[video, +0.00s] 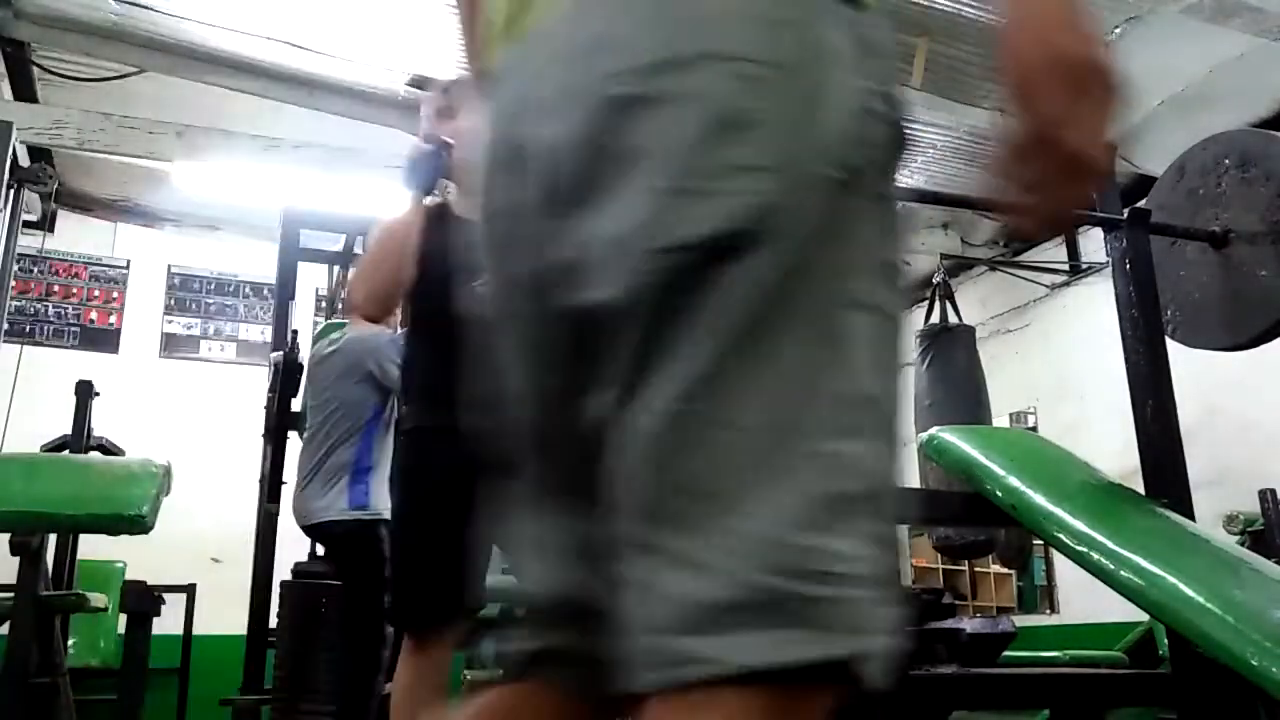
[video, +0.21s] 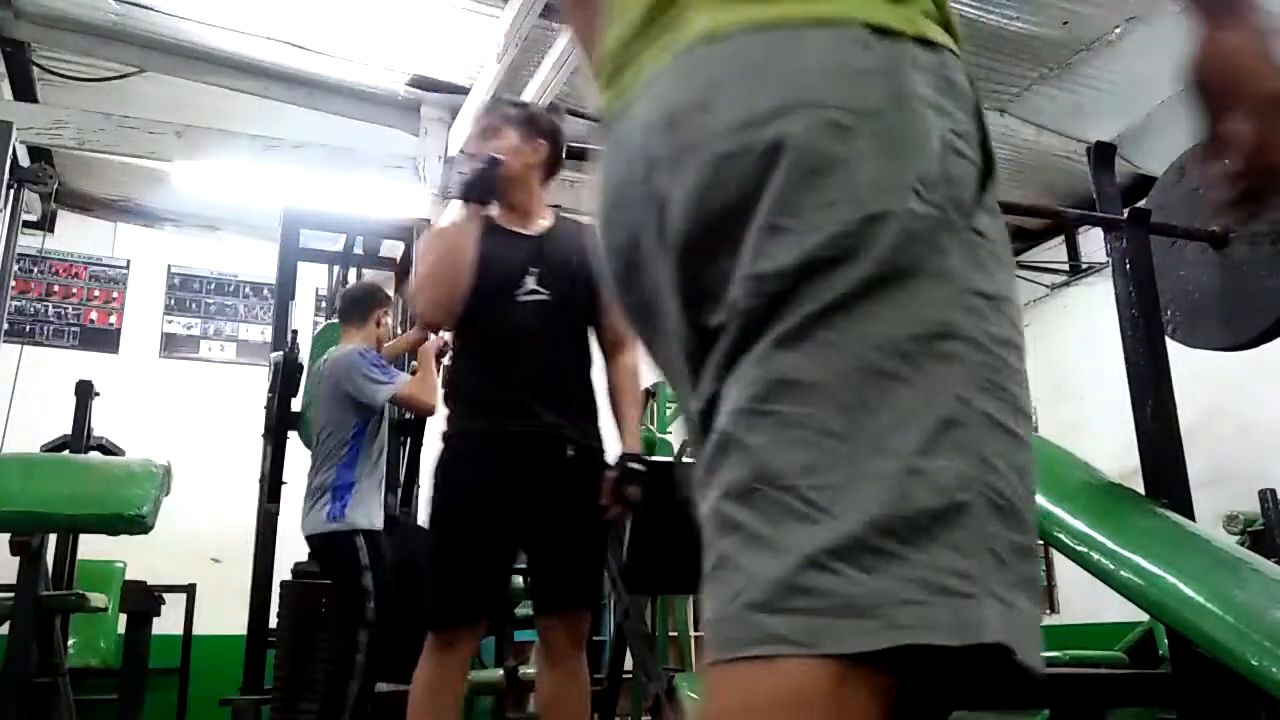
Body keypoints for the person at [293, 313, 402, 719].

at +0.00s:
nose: (400, 303)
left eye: (399, 294)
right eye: (399, 295)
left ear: (352, 297)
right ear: (393, 300)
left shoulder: (326, 343)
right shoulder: (376, 344)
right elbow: (428, 383)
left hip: (318, 506)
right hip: (355, 509)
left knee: (354, 619)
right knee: (370, 624)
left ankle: (347, 704)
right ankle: (359, 710)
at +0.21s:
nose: (389, 325)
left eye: (389, 319)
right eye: (388, 317)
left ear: (345, 318)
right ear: (378, 318)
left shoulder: (332, 361)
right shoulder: (353, 363)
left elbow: (379, 356)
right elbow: (426, 399)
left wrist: (417, 336)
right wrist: (428, 350)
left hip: (335, 520)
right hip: (347, 523)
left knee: (357, 626)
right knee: (365, 629)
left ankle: (340, 712)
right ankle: (347, 716)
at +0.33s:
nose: (393, 306)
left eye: (393, 299)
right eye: (392, 297)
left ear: (349, 295)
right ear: (379, 295)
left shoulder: (353, 339)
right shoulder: (346, 340)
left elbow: (382, 349)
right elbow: (398, 394)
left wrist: (414, 336)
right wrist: (422, 354)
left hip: (372, 498)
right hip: (347, 500)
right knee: (363, 605)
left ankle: (395, 672)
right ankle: (343, 709)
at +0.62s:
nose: (402, 279)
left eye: (404, 271)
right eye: (401, 269)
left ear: (376, 266)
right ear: (381, 264)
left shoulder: (376, 319)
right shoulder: (351, 308)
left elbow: (385, 379)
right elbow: (353, 367)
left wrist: (418, 349)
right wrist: (408, 348)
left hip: (384, 457)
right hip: (357, 455)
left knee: (419, 554)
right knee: (383, 550)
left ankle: (393, 669)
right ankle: (329, 675)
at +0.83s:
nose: (401, 277)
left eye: (405, 269)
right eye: (395, 267)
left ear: (404, 270)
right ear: (367, 261)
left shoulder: (395, 316)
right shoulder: (343, 303)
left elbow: (419, 363)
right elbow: (344, 360)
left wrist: (432, 341)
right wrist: (407, 343)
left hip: (394, 452)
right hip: (350, 448)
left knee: (403, 566)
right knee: (331, 554)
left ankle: (390, 675)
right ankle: (266, 650)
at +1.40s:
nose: (341, 279)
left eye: (350, 270)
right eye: (333, 270)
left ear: (371, 269)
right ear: (324, 269)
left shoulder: (388, 315)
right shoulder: (314, 306)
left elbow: (419, 362)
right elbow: (338, 353)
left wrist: (430, 354)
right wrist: (401, 346)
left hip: (372, 461)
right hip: (312, 457)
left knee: (396, 566)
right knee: (283, 567)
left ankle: (395, 672)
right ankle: (265, 675)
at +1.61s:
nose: (355, 277)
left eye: (363, 268)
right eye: (347, 268)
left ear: (379, 269)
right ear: (336, 270)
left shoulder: (400, 313)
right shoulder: (323, 307)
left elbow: (427, 368)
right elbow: (339, 350)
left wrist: (436, 341)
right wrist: (406, 345)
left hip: (381, 462)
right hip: (320, 457)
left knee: (394, 572)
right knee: (289, 565)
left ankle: (395, 674)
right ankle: (267, 674)